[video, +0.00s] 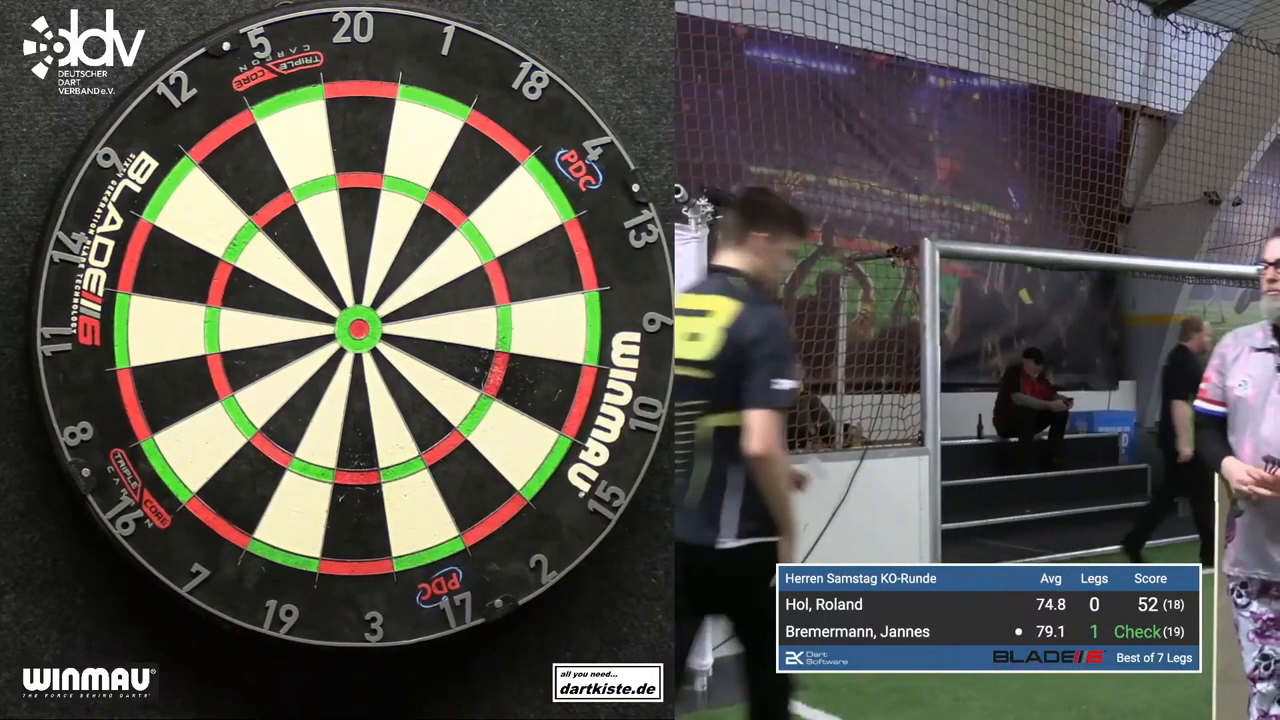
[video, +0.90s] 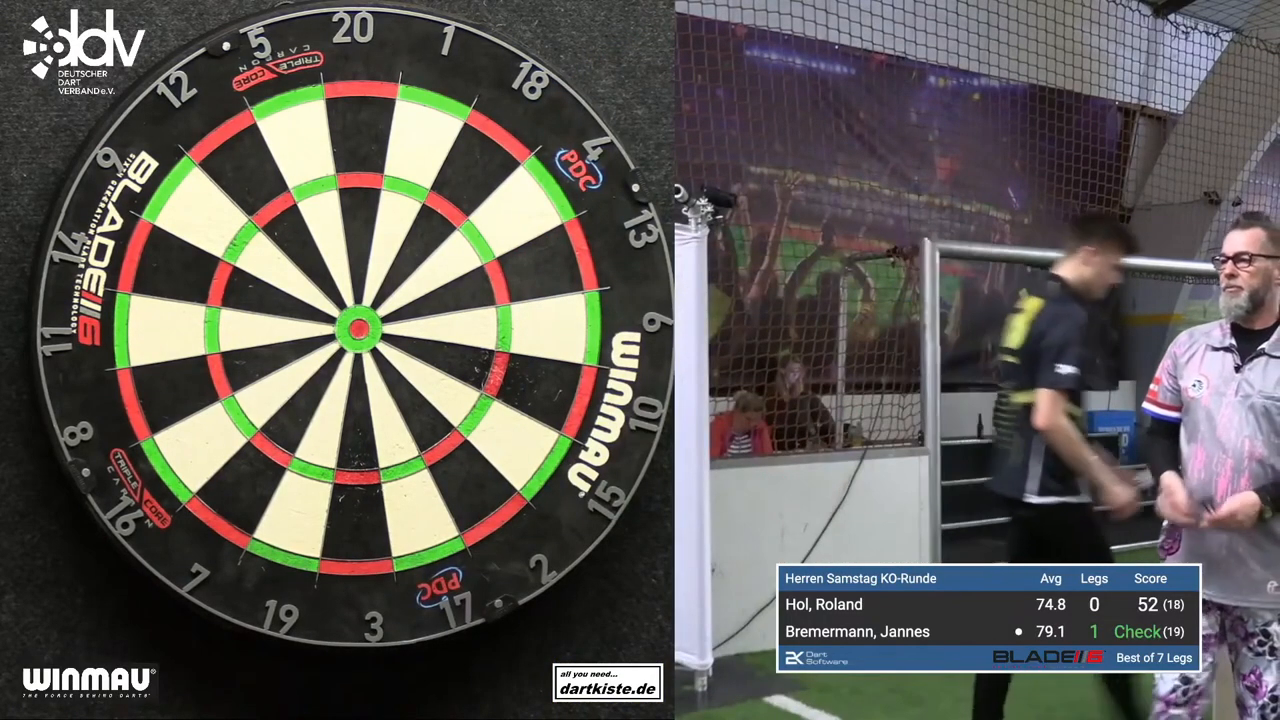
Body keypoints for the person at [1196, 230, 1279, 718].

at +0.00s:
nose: (1271, 276)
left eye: (1279, 265)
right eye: (1267, 266)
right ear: (1261, 274)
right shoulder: (1236, 347)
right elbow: (1208, 428)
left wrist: (1275, 479)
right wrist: (1229, 466)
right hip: (1257, 561)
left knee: (1269, 694)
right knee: (1267, 694)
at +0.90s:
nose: (1228, 270)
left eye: (1244, 260)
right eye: (1224, 260)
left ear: (1277, 269)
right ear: (1218, 268)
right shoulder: (1189, 345)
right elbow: (1157, 427)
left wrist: (1264, 500)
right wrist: (1168, 478)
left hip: (1265, 576)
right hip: (1189, 567)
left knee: (1264, 706)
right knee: (1176, 702)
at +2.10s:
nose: (1003, 187)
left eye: (1020, 173)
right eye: (998, 178)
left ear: (1066, 186)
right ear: (993, 193)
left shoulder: (1126, 284)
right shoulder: (978, 302)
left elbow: (1182, 390)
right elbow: (939, 435)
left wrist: (1169, 491)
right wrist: (884, 553)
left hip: (1132, 530)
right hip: (1043, 539)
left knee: (1152, 689)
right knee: (1048, 698)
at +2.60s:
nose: (1025, 187)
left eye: (1043, 173)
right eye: (1020, 177)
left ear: (1087, 188)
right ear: (1014, 192)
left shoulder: (1138, 291)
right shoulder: (989, 294)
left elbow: (1171, 418)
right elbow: (955, 423)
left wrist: (1134, 505)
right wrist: (1035, 506)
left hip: (1126, 537)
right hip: (1034, 542)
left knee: (1133, 692)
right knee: (1048, 695)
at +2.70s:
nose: (1042, 188)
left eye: (1059, 175)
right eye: (1035, 179)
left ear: (1102, 189)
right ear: (1028, 193)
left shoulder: (1148, 295)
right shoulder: (996, 293)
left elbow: (1182, 418)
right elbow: (945, 404)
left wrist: (1148, 502)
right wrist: (1031, 454)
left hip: (1132, 537)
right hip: (1040, 538)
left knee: (1142, 695)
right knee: (1052, 696)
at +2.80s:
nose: (1058, 190)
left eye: (1075, 176)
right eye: (1049, 179)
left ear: (1114, 189)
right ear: (1042, 193)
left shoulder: (1155, 296)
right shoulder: (1002, 291)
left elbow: (1193, 415)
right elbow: (938, 386)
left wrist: (1166, 501)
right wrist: (1021, 410)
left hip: (1136, 535)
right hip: (1043, 537)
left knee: (1155, 694)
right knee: (1056, 696)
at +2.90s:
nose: (1077, 190)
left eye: (1092, 177)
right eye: (1066, 181)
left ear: (1127, 190)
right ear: (1056, 196)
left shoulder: (1163, 296)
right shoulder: (1017, 286)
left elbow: (1206, 416)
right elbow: (934, 373)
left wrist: (1182, 505)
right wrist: (1018, 384)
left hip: (1143, 534)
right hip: (1052, 535)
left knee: (1172, 695)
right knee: (1062, 695)